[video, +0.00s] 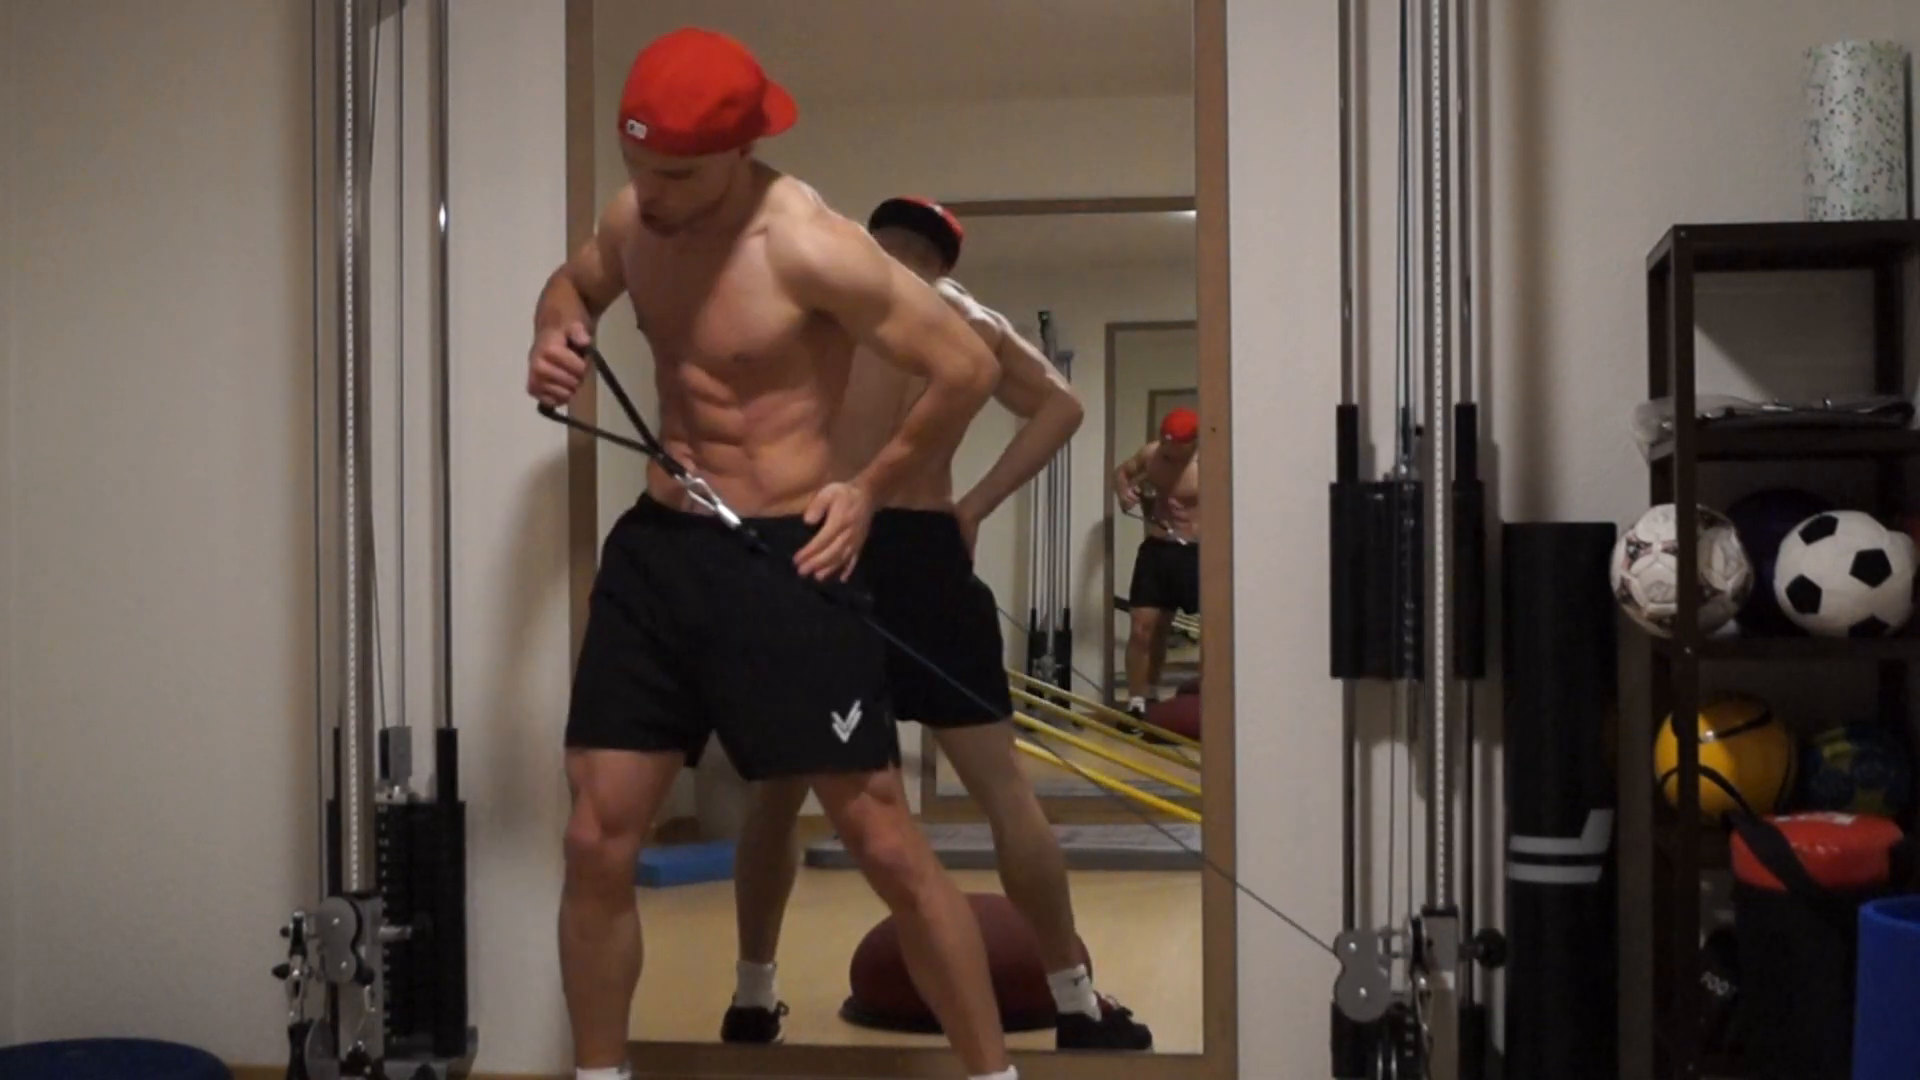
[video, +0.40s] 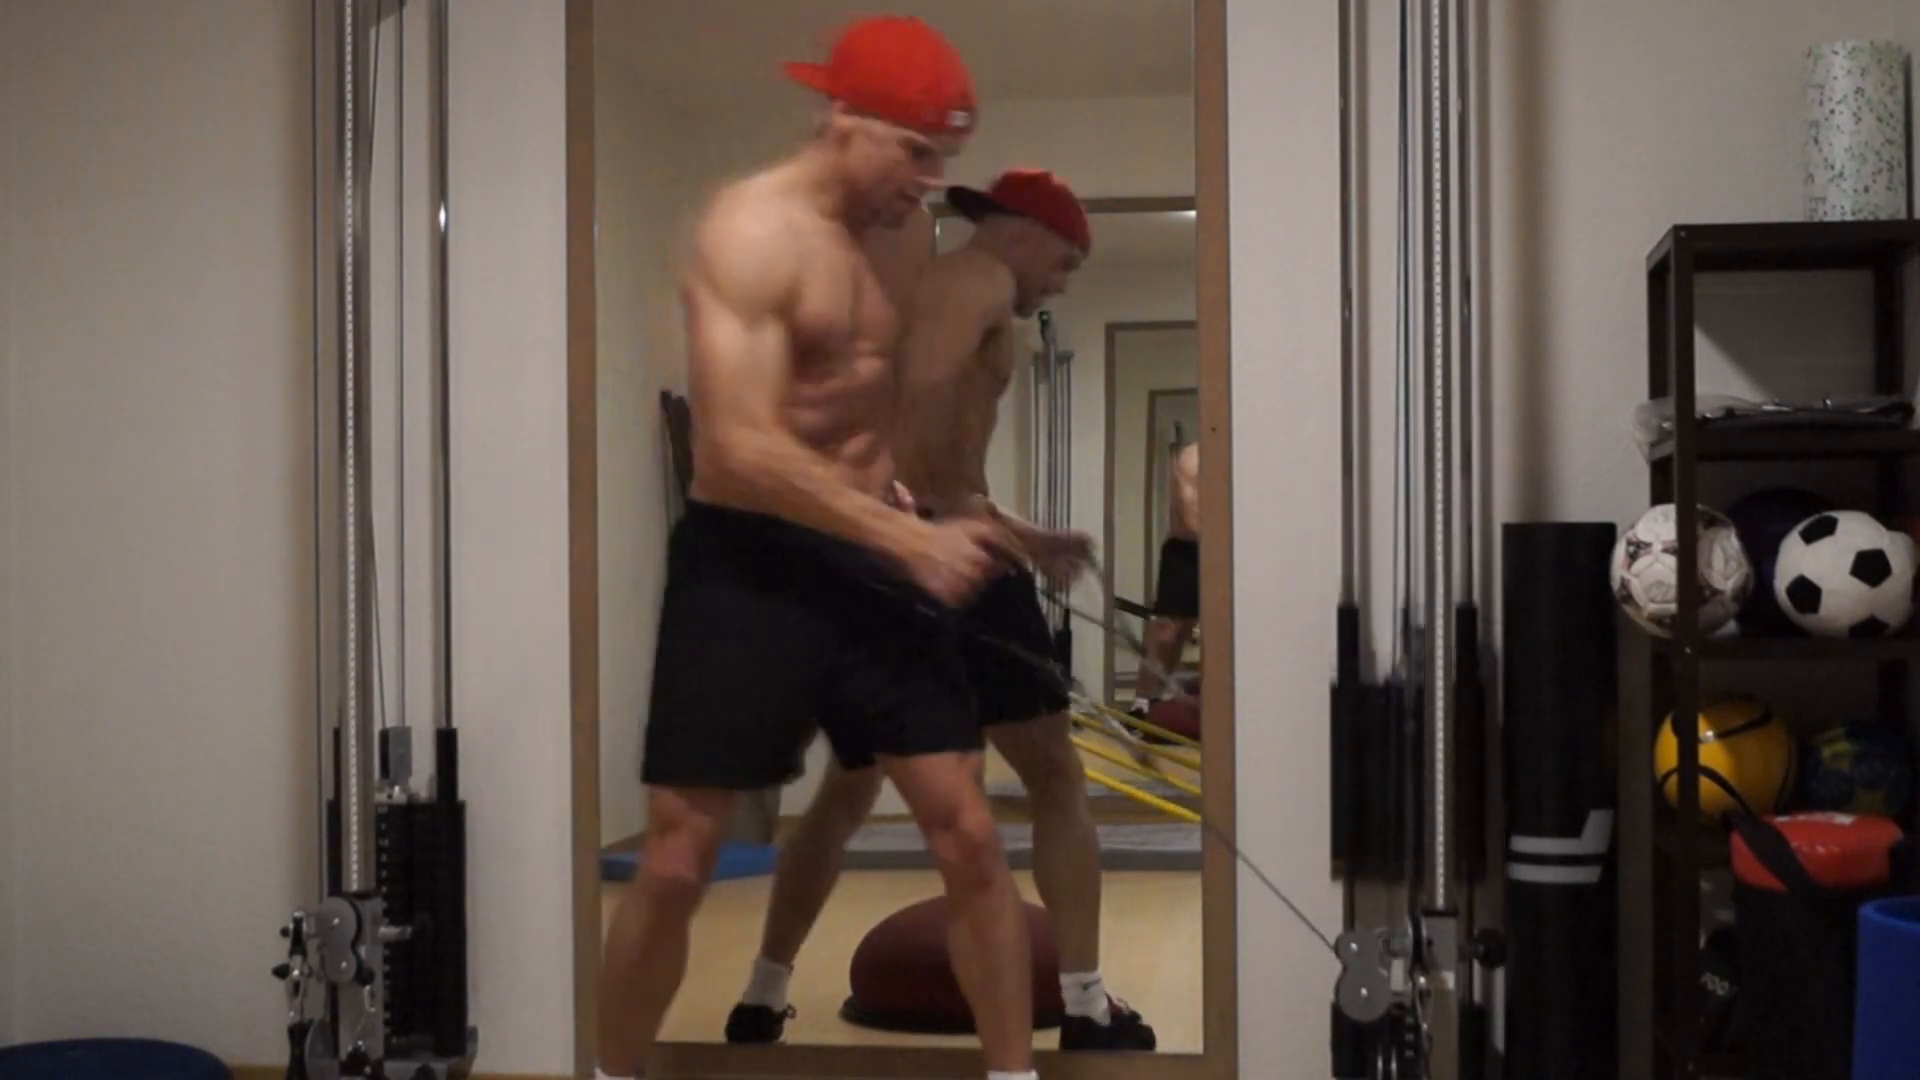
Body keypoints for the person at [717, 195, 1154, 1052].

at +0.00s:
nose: (903, 271)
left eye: (904, 254)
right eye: (909, 256)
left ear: (864, 245)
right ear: (942, 264)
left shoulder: (805, 304)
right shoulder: (960, 315)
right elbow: (1058, 405)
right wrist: (973, 506)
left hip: (804, 554)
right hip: (920, 555)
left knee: (774, 791)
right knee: (1006, 791)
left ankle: (753, 996)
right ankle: (1077, 1002)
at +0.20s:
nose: (981, 266)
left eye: (976, 254)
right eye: (981, 253)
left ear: (900, 229)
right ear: (970, 246)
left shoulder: (835, 285)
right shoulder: (990, 295)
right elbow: (1036, 384)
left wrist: (818, 489)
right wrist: (980, 496)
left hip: (829, 546)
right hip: (940, 545)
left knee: (801, 789)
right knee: (1031, 783)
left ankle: (757, 995)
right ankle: (1081, 1002)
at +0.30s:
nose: (1021, 277)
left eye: (1020, 263)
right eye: (1024, 263)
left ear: (943, 226)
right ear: (1003, 241)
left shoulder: (881, 287)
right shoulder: (1006, 292)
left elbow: (865, 417)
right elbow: (983, 387)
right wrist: (974, 505)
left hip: (864, 544)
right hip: (955, 544)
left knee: (822, 786)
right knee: (1044, 776)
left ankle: (760, 995)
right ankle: (1083, 1004)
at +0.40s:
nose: (1060, 285)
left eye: (1069, 269)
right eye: (1061, 264)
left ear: (1009, 239)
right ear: (1021, 238)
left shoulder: (948, 288)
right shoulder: (981, 281)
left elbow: (945, 473)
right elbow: (913, 407)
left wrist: (1030, 540)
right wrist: (941, 511)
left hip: (889, 559)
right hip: (961, 555)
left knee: (846, 788)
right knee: (1058, 780)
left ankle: (764, 994)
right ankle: (1085, 1006)